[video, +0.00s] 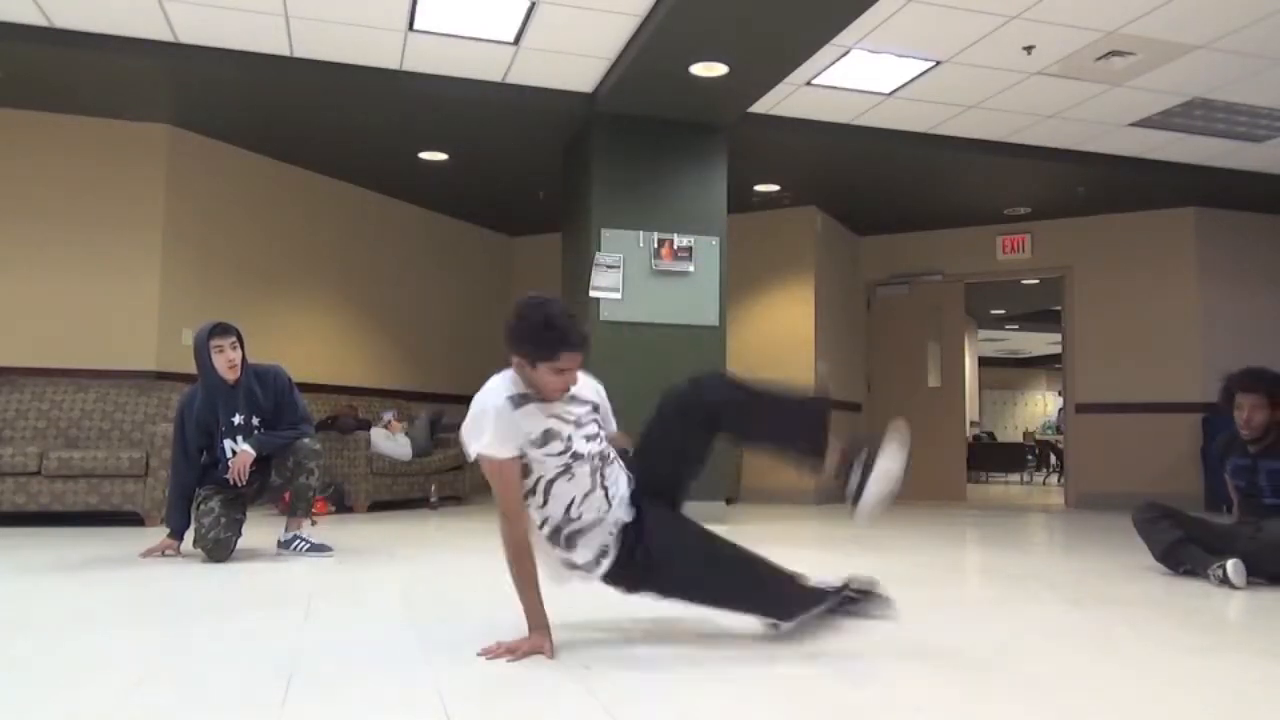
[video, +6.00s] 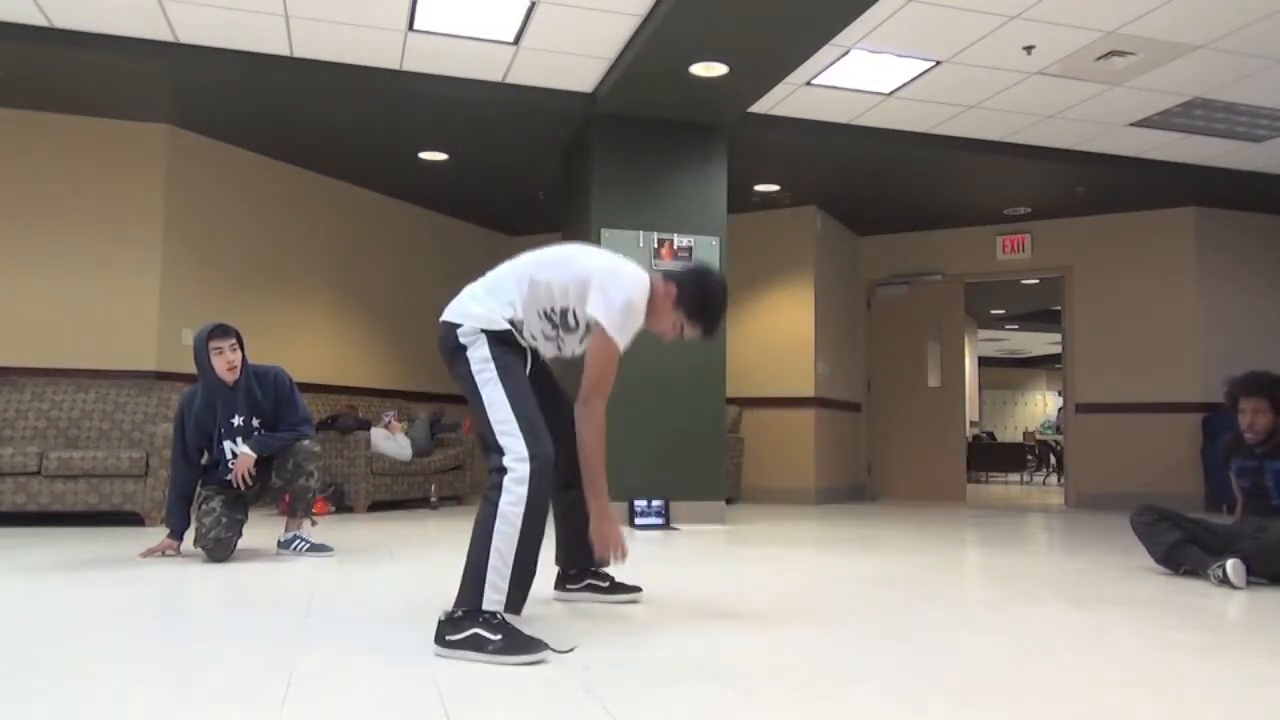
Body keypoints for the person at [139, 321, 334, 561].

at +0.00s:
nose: (230, 356)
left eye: (234, 347)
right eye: (219, 351)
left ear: (242, 350)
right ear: (205, 359)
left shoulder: (272, 380)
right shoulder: (193, 404)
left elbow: (304, 429)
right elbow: (184, 470)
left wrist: (254, 446)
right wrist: (174, 535)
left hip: (265, 477)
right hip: (219, 488)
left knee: (308, 450)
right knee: (215, 549)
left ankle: (292, 534)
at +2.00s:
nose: (231, 354)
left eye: (234, 345)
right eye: (219, 349)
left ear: (242, 349)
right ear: (205, 358)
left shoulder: (272, 380)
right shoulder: (194, 403)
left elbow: (303, 429)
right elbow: (184, 470)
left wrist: (255, 444)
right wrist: (174, 535)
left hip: (266, 477)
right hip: (220, 488)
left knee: (307, 449)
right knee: (215, 549)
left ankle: (292, 535)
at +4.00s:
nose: (229, 357)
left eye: (233, 348)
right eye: (218, 352)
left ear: (241, 350)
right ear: (204, 361)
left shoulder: (272, 381)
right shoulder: (193, 404)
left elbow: (304, 430)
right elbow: (184, 471)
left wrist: (255, 446)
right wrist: (174, 535)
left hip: (267, 476)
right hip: (220, 488)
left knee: (308, 450)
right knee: (215, 549)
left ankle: (292, 534)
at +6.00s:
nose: (230, 358)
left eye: (234, 349)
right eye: (219, 353)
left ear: (242, 351)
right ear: (204, 361)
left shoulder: (273, 381)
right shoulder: (194, 403)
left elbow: (304, 430)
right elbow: (184, 470)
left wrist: (255, 447)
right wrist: (174, 535)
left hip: (266, 476)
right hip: (221, 487)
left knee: (307, 451)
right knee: (216, 549)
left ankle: (292, 534)